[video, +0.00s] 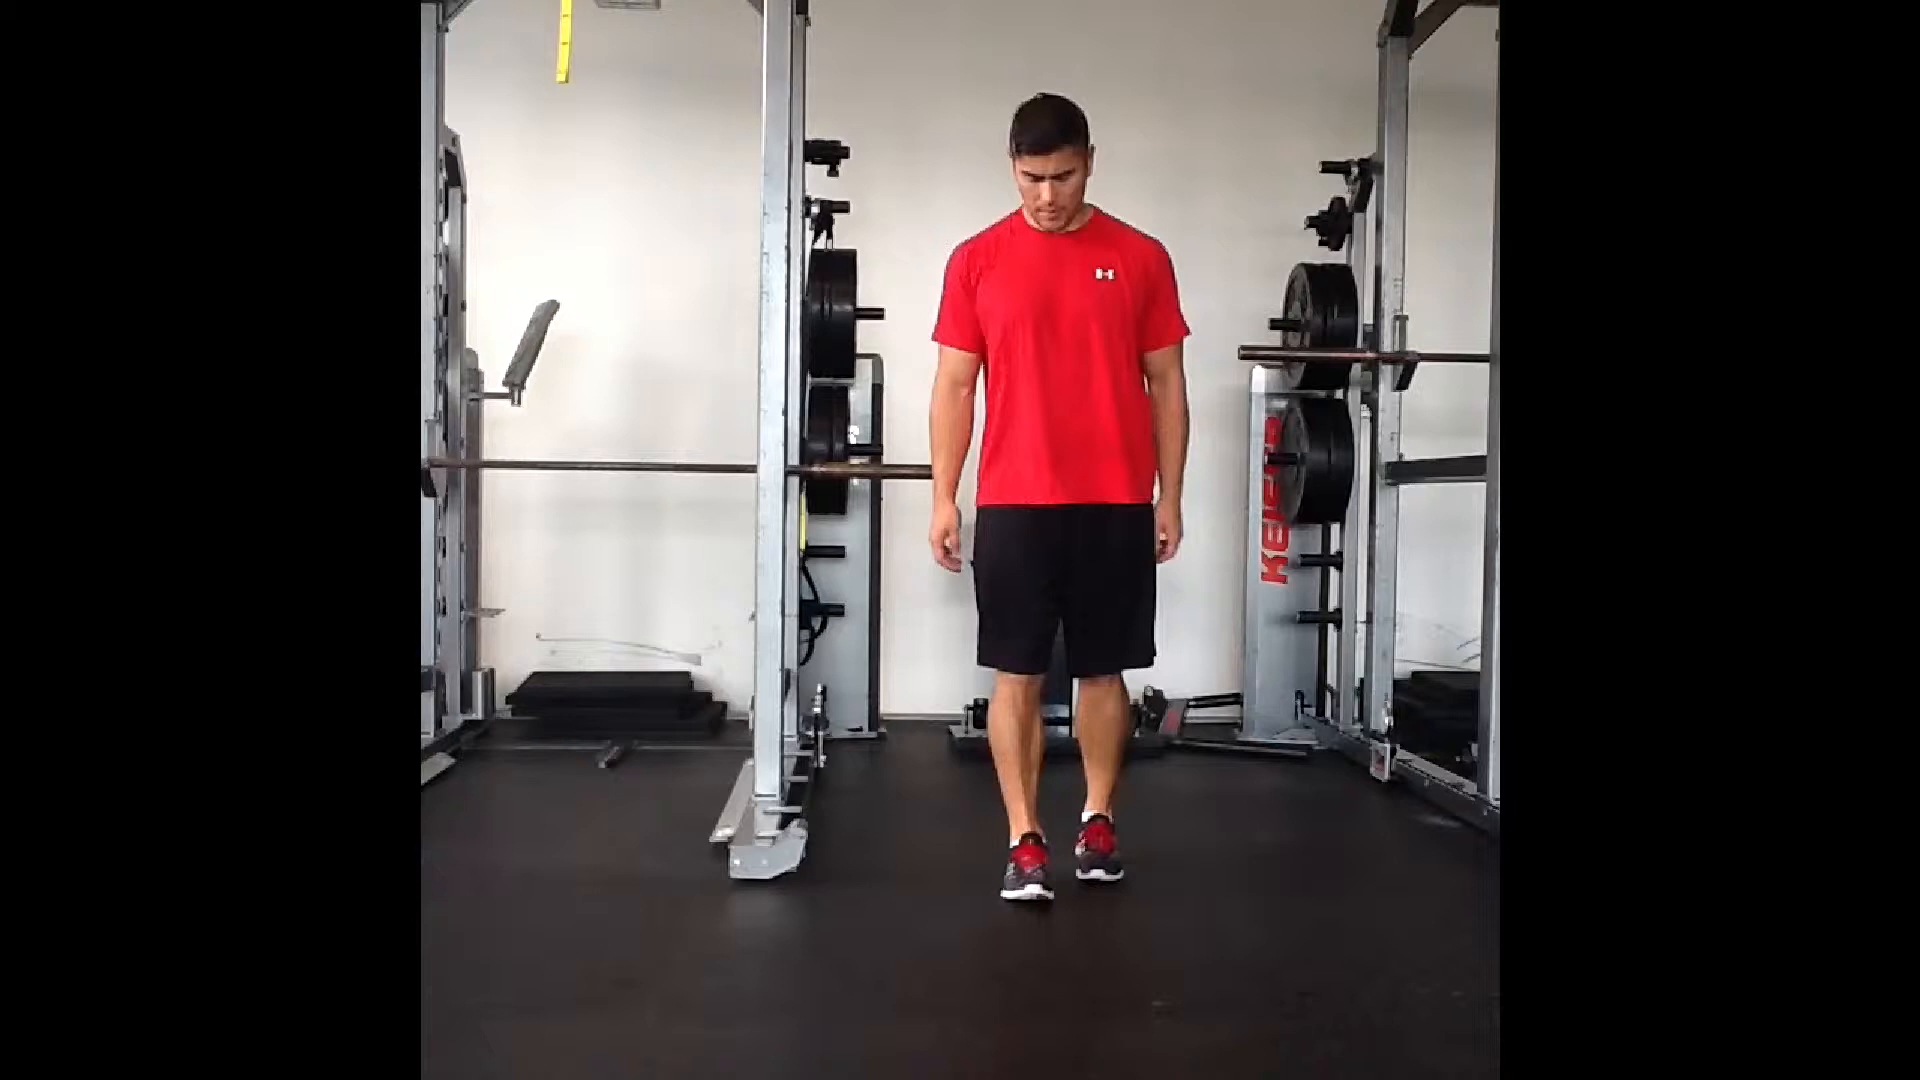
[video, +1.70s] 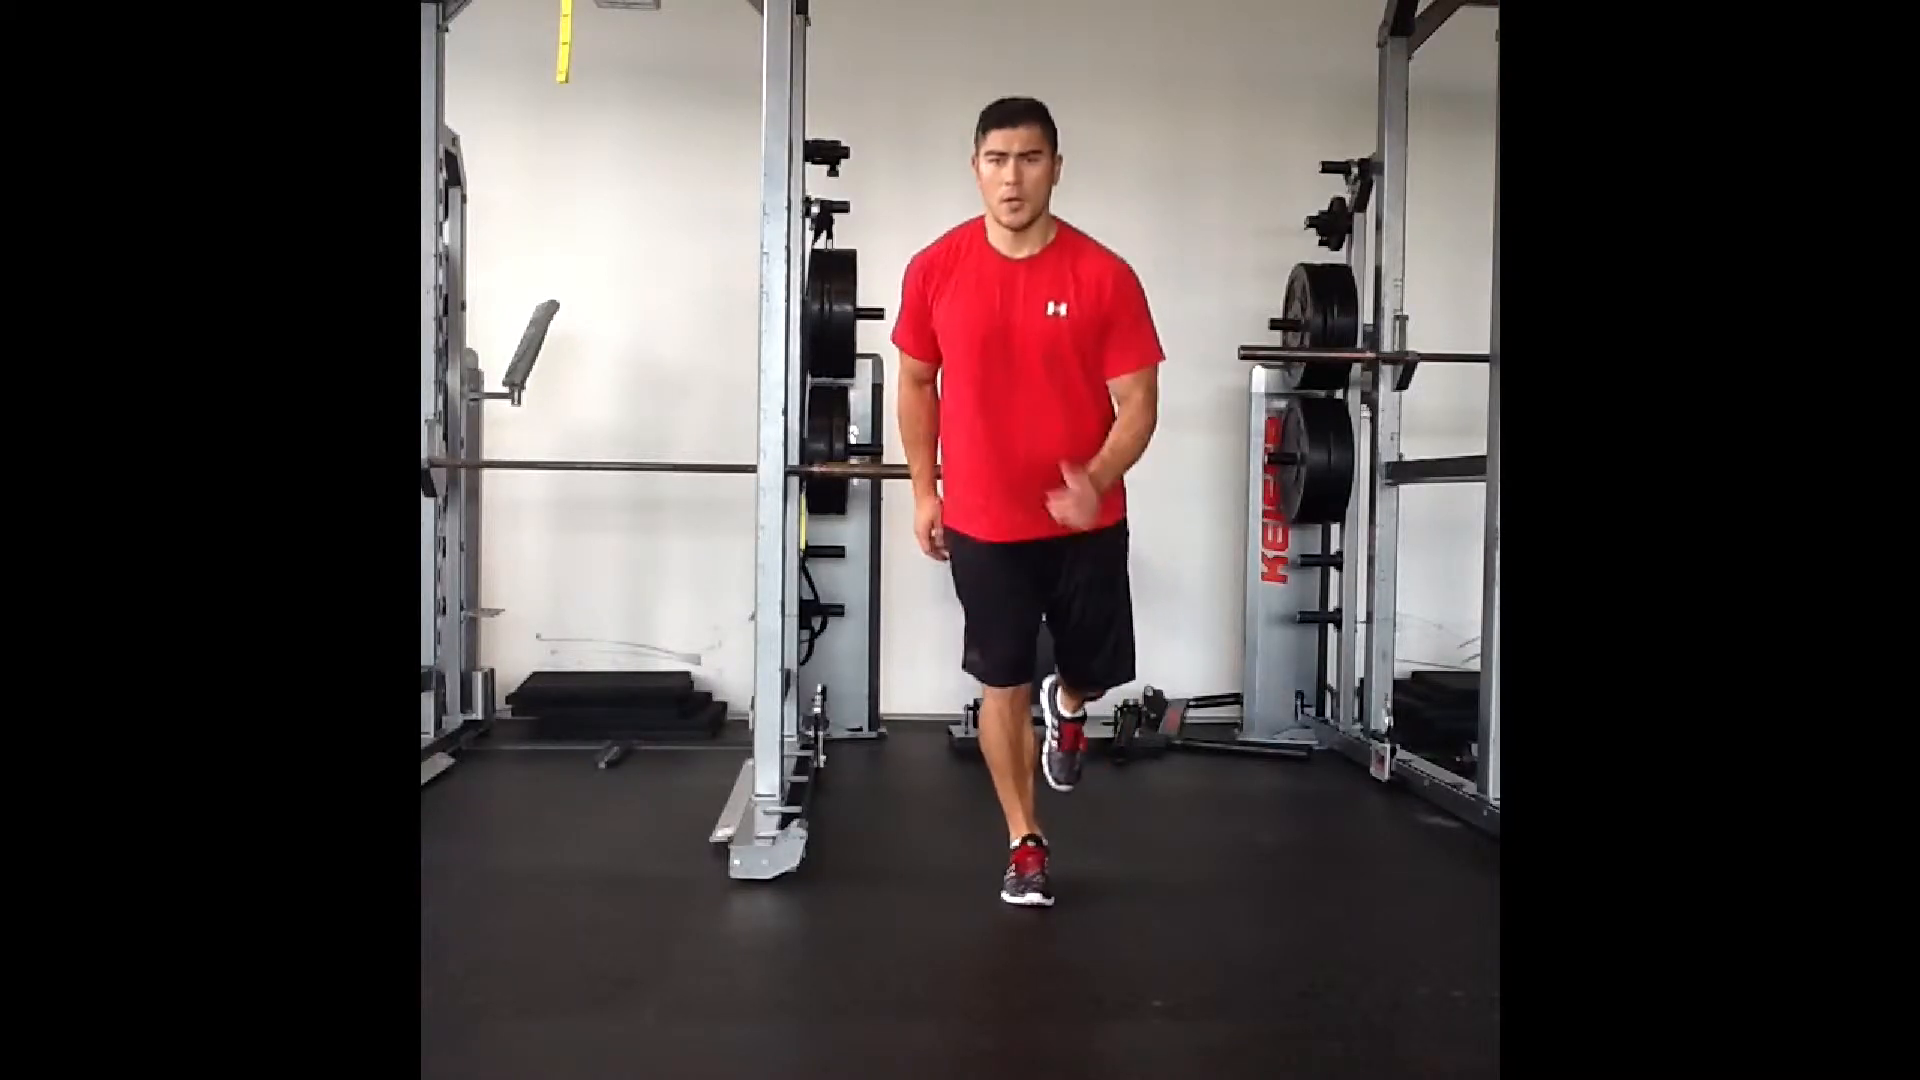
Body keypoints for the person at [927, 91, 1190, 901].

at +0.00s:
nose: (1047, 194)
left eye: (1062, 178)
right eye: (1033, 179)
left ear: (1088, 166)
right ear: (1013, 172)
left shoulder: (1139, 257)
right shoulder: (977, 261)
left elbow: (1165, 381)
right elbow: (953, 384)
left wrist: (1169, 496)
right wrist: (945, 496)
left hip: (1115, 498)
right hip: (1015, 498)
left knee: (1101, 669)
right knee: (1018, 671)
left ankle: (1098, 824)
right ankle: (1024, 840)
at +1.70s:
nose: (1012, 175)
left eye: (1028, 158)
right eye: (996, 159)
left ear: (1055, 168)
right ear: (976, 170)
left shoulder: (1104, 278)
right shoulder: (933, 272)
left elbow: (1138, 406)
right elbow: (915, 382)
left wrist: (1100, 476)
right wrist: (924, 488)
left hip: (1086, 517)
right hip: (985, 521)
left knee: (1092, 668)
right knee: (1005, 680)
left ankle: (1064, 708)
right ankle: (1023, 841)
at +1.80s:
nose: (1010, 207)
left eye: (1027, 191)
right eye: (995, 191)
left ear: (1053, 202)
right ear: (975, 202)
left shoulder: (1101, 305)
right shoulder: (932, 296)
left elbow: (1133, 431)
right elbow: (916, 379)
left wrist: (1067, 416)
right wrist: (922, 454)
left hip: (1083, 532)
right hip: (984, 534)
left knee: (1088, 676)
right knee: (1007, 681)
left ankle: (1054, 683)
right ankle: (1023, 840)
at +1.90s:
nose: (1009, 249)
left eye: (1025, 234)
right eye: (993, 234)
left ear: (1051, 246)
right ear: (972, 246)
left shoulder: (1092, 330)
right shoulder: (935, 322)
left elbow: (1123, 430)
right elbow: (916, 375)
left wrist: (1044, 356)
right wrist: (925, 395)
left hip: (1083, 544)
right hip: (985, 545)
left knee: (1067, 682)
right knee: (1009, 681)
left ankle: (996, 702)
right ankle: (1024, 843)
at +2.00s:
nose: (1003, 286)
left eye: (1020, 270)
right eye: (987, 271)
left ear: (1047, 280)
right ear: (966, 282)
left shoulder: (1082, 350)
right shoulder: (934, 347)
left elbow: (1111, 430)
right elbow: (918, 334)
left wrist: (1029, 355)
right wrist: (925, 323)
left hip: (1083, 564)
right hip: (988, 561)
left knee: (1052, 683)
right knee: (1009, 691)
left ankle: (1006, 714)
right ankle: (1024, 844)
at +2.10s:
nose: (991, 292)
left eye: (1009, 275)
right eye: (976, 275)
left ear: (1036, 284)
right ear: (954, 284)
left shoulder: (1084, 360)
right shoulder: (920, 363)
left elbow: (1129, 475)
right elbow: (958, 426)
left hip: (1084, 568)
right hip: (988, 566)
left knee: (1057, 700)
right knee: (1013, 701)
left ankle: (1001, 717)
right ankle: (1026, 844)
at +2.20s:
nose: (987, 258)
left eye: (1003, 242)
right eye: (971, 244)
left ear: (1031, 252)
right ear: (950, 259)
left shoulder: (1092, 345)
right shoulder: (919, 363)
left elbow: (1133, 473)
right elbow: (917, 459)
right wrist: (928, 516)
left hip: (1082, 560)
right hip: (983, 564)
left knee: (1074, 718)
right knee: (1014, 699)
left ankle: (1044, 741)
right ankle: (1026, 843)